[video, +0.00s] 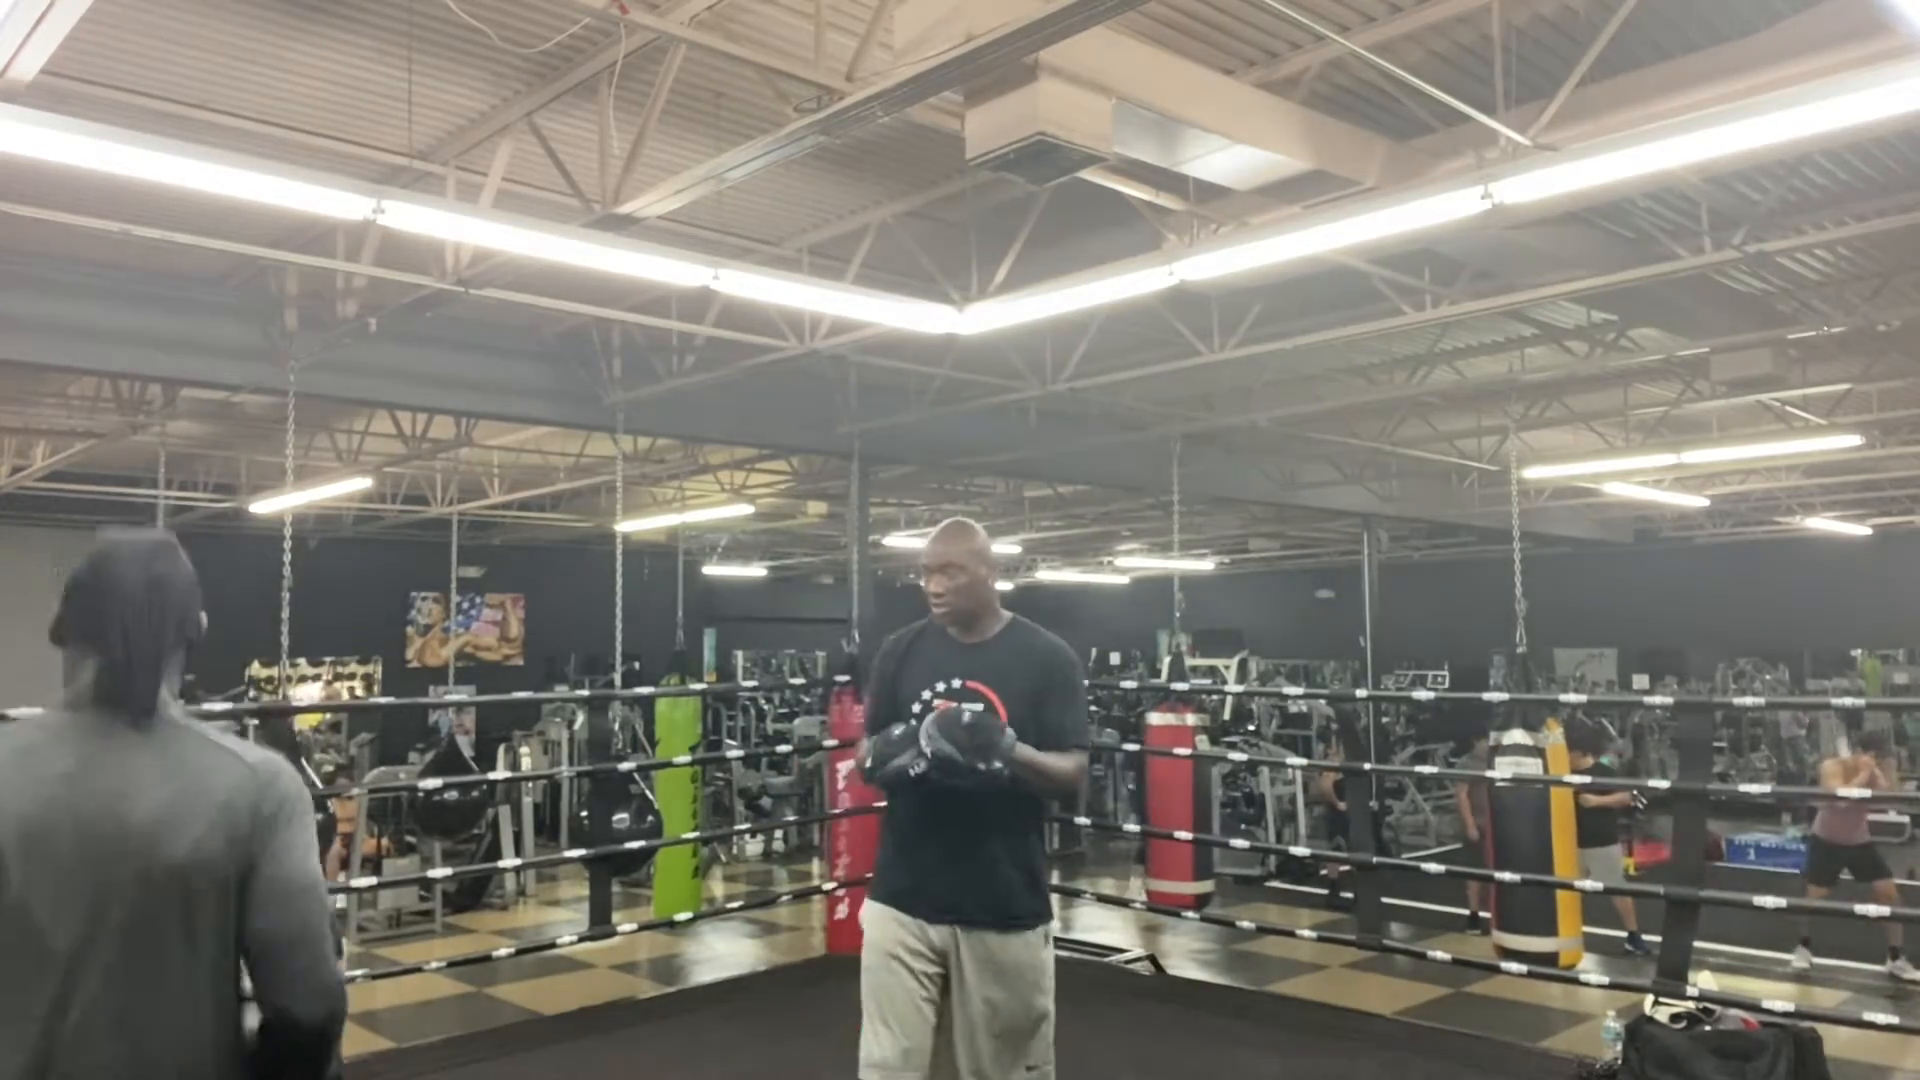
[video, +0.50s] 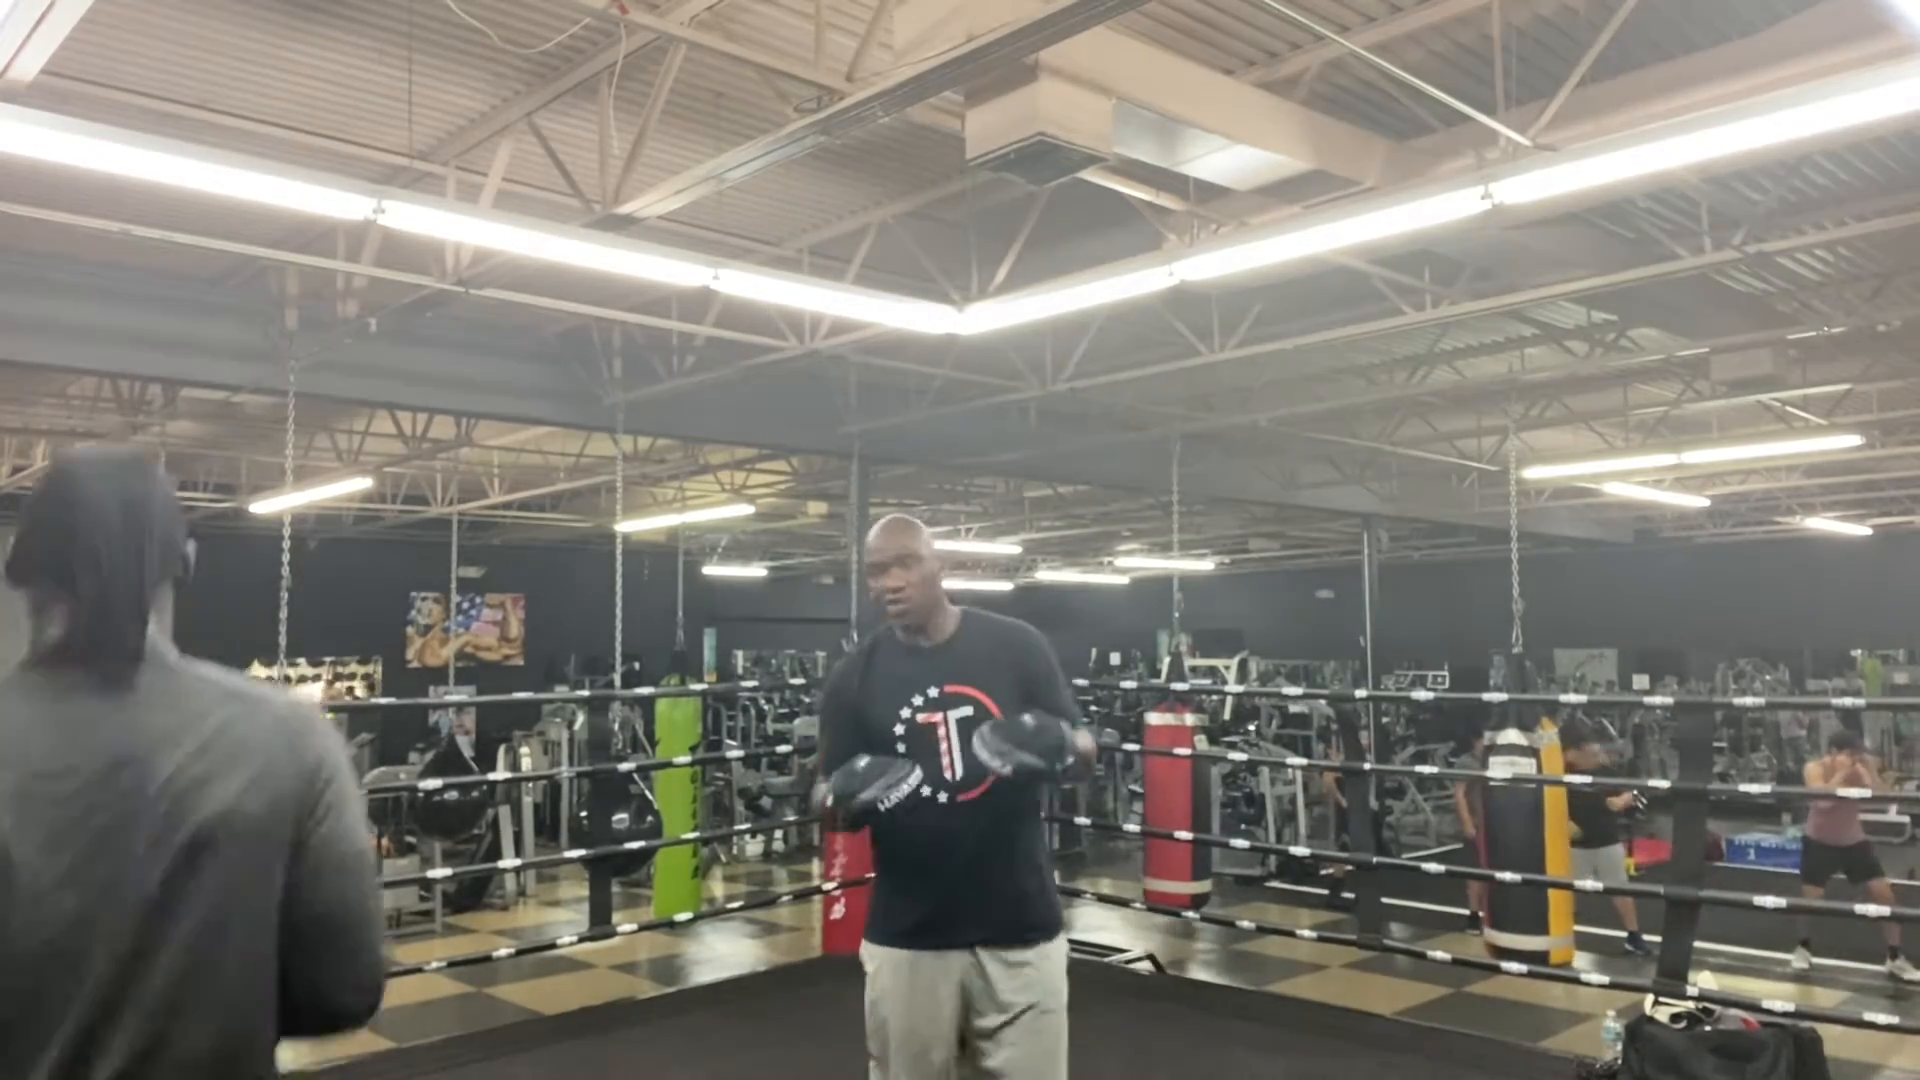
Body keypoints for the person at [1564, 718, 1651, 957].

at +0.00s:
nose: (1566, 756)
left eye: (1570, 751)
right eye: (1567, 751)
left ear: (1583, 753)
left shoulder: (1602, 773)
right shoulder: (1569, 776)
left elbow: (1626, 797)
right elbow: (1586, 800)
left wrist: (1596, 799)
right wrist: (1615, 799)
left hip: (1602, 843)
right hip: (1573, 843)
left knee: (1618, 890)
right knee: (1566, 890)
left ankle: (1633, 934)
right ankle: (1563, 936)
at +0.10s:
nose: (1564, 754)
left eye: (1568, 748)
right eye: (1565, 748)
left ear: (1581, 748)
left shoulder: (1603, 774)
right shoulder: (1565, 776)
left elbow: (1628, 797)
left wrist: (1600, 800)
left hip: (1603, 843)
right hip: (1572, 843)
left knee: (1618, 890)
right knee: (1565, 891)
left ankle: (1633, 934)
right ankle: (1562, 936)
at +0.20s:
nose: (1573, 758)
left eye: (1578, 752)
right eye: (1570, 752)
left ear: (1590, 752)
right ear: (1563, 751)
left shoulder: (1604, 773)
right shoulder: (1561, 775)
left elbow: (1629, 797)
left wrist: (1603, 801)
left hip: (1604, 842)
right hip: (1571, 843)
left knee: (1618, 890)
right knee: (1565, 891)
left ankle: (1633, 934)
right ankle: (1562, 937)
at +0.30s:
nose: (1584, 758)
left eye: (1588, 752)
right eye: (1579, 751)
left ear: (1595, 751)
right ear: (1566, 751)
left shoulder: (1604, 773)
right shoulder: (1560, 774)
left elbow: (1628, 796)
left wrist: (1608, 802)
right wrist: (1624, 799)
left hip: (1604, 842)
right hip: (1571, 843)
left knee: (1618, 890)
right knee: (1564, 891)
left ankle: (1633, 934)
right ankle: (1561, 936)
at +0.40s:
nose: (1592, 759)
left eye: (1594, 752)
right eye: (1586, 753)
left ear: (1598, 750)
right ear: (1569, 752)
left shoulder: (1603, 772)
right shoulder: (1560, 776)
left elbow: (1626, 795)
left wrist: (1612, 802)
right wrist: (1617, 801)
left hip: (1606, 841)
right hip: (1574, 842)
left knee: (1619, 890)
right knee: (1565, 892)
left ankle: (1633, 934)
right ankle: (1561, 937)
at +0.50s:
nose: (1597, 758)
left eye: (1598, 752)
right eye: (1591, 753)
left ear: (1601, 750)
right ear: (1571, 754)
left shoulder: (1606, 773)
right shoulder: (1564, 777)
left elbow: (1624, 791)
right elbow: (1572, 808)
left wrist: (1623, 799)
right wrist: (1607, 803)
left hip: (1607, 840)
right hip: (1575, 843)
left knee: (1620, 890)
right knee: (1565, 892)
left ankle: (1633, 934)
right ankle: (1561, 936)